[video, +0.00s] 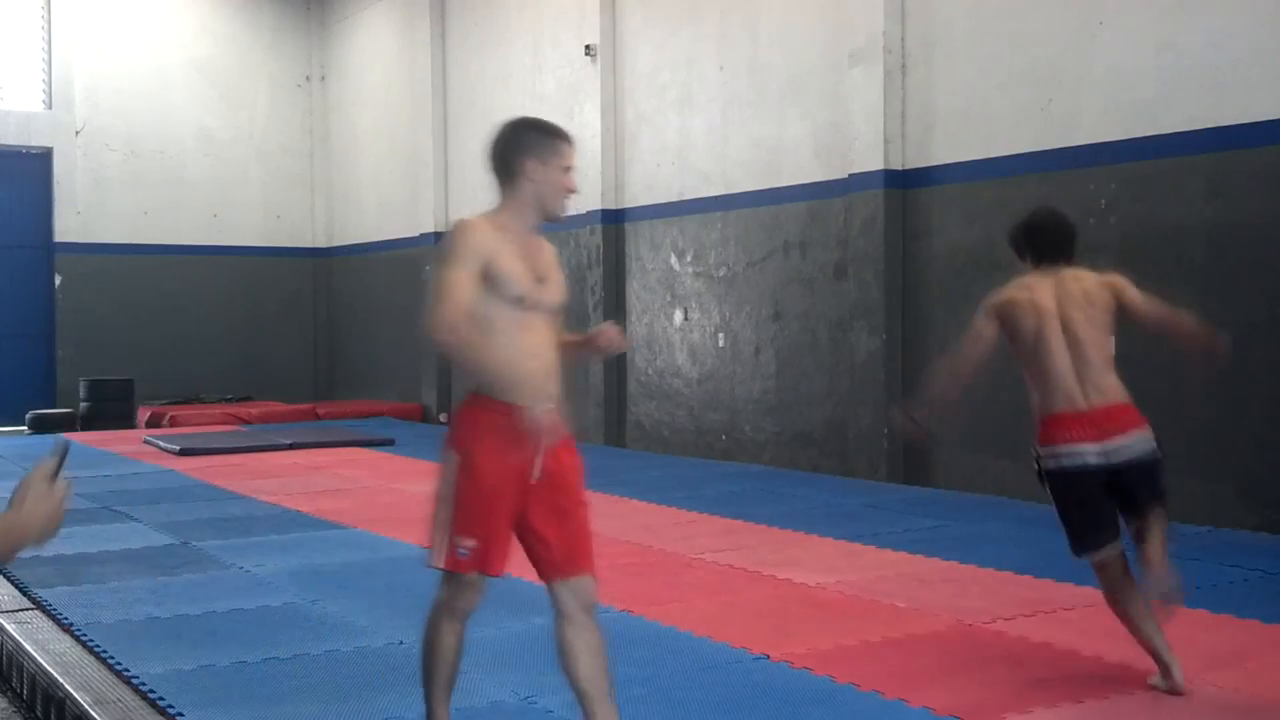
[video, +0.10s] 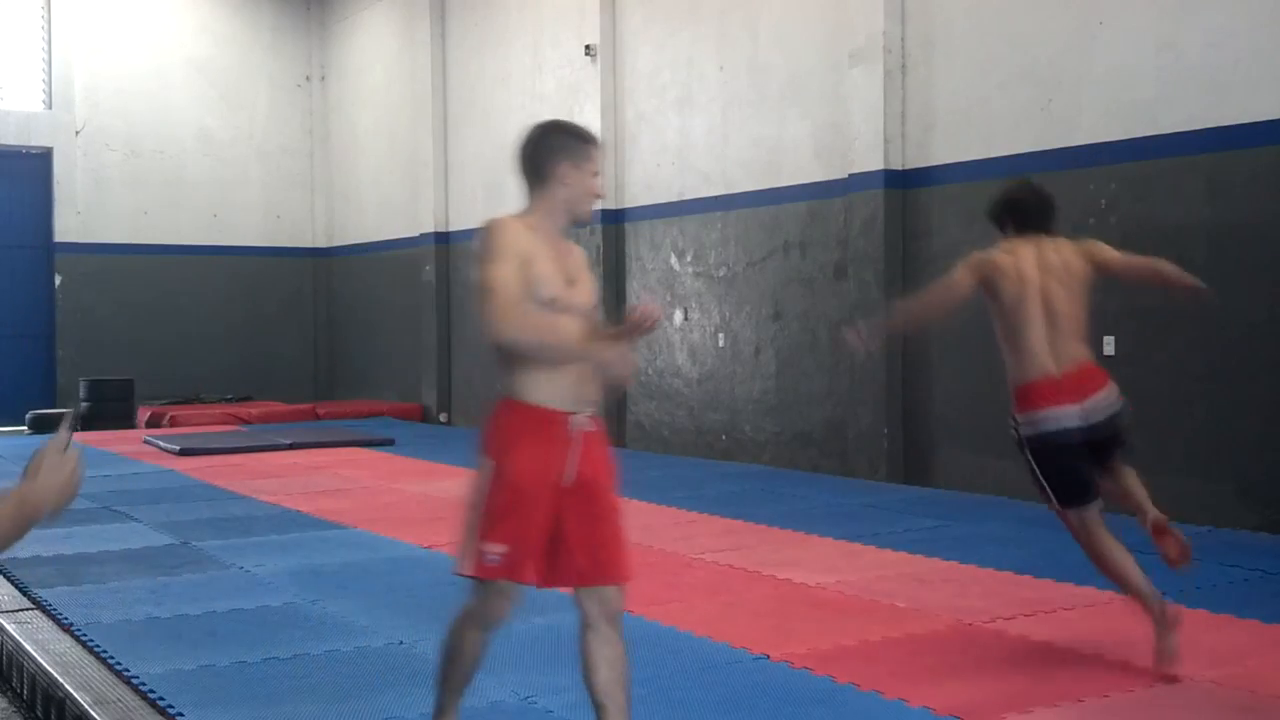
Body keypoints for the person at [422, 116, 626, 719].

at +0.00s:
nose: (572, 184)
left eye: (573, 171)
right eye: (564, 170)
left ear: (534, 173)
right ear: (526, 170)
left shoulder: (545, 252)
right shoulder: (474, 236)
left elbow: (535, 341)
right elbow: (446, 327)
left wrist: (586, 342)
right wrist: (522, 392)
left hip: (549, 434)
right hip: (488, 433)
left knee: (578, 597)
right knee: (460, 594)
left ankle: (605, 716)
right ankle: (437, 713)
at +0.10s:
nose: (599, 189)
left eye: (599, 175)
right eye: (591, 175)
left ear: (568, 175)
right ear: (556, 174)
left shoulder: (576, 255)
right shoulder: (507, 234)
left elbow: (574, 344)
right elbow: (505, 325)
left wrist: (622, 334)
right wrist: (594, 344)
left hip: (584, 441)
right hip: (527, 439)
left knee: (605, 604)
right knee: (492, 603)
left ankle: (616, 715)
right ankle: (444, 711)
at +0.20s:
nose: (630, 186)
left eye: (630, 172)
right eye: (623, 172)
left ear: (599, 172)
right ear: (590, 171)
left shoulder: (609, 250)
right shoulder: (541, 233)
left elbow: (641, 339)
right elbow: (571, 327)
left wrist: (668, 307)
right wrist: (647, 315)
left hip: (622, 438)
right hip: (568, 438)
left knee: (622, 607)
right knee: (560, 611)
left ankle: (621, 717)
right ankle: (476, 704)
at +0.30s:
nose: (660, 180)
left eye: (659, 167)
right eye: (651, 167)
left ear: (626, 171)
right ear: (621, 168)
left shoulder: (640, 238)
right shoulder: (580, 228)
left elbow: (705, 311)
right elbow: (639, 324)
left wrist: (703, 265)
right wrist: (676, 288)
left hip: (648, 431)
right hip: (604, 431)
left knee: (638, 601)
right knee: (635, 600)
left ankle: (624, 712)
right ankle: (543, 704)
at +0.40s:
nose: (690, 175)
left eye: (689, 165)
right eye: (687, 164)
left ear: (635, 163)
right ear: (669, 164)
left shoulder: (669, 234)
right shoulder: (625, 225)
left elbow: (751, 285)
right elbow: (690, 325)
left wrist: (732, 236)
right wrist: (695, 273)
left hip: (669, 430)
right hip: (641, 432)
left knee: (652, 603)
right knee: (695, 595)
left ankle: (629, 711)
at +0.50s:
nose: (724, 173)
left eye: (721, 163)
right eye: (723, 163)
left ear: (664, 162)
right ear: (713, 164)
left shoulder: (676, 227)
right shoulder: (675, 229)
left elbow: (786, 269)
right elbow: (739, 332)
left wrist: (756, 221)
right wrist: (726, 271)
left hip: (678, 435)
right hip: (685, 439)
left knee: (665, 610)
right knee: (738, 613)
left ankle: (634, 713)